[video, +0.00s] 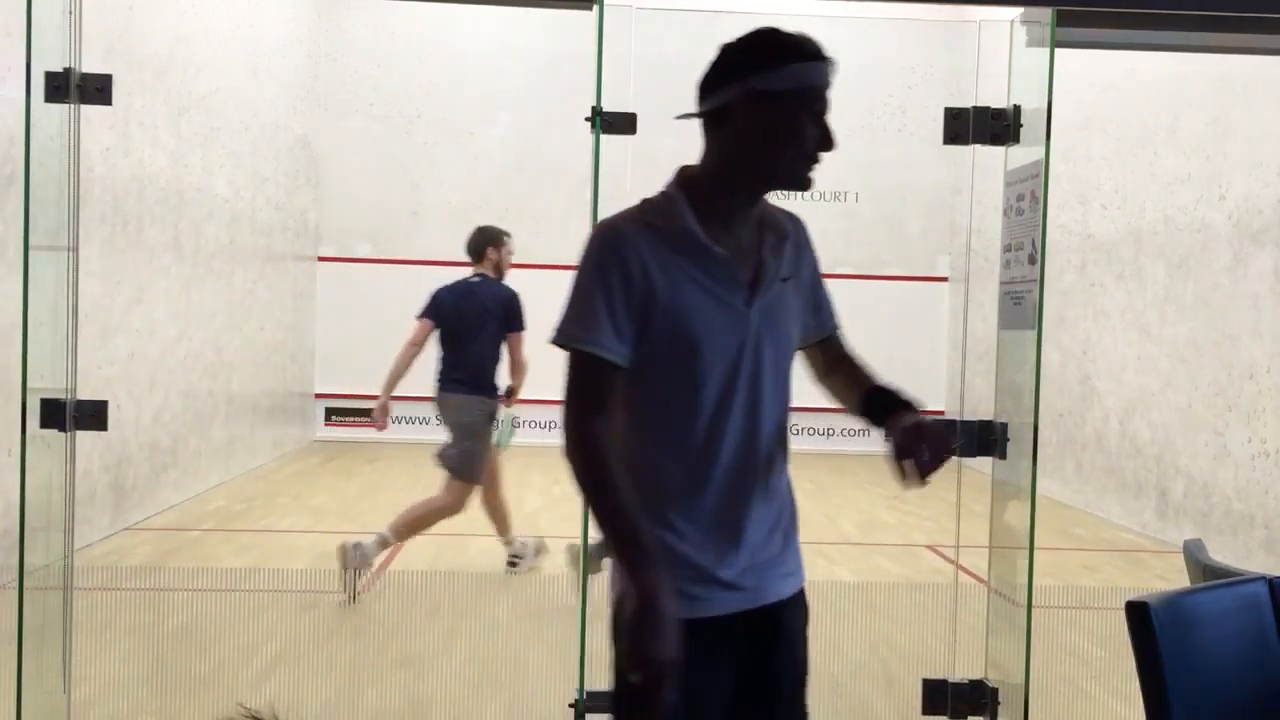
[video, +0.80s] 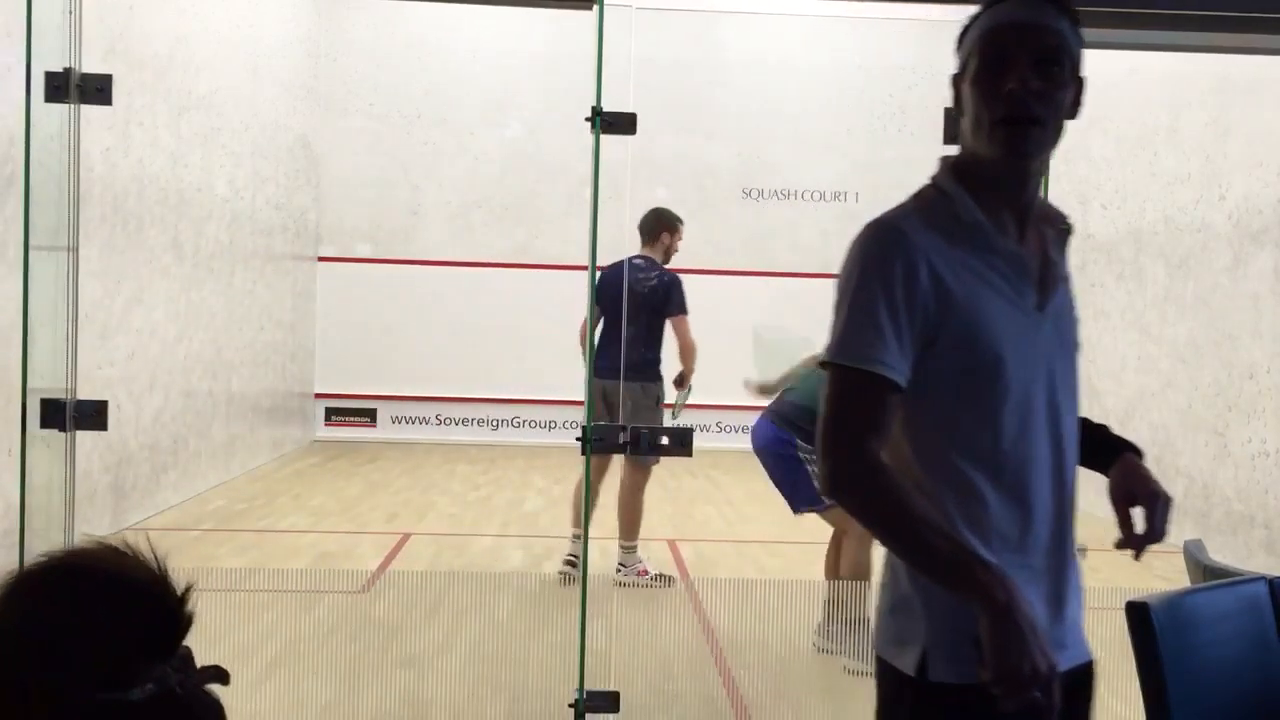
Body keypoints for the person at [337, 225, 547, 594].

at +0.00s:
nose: (511, 259)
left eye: (510, 252)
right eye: (508, 252)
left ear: (479, 256)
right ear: (491, 254)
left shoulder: (446, 294)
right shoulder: (505, 297)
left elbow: (413, 345)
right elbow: (517, 360)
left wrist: (384, 396)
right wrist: (514, 389)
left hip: (449, 399)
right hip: (477, 404)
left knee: (490, 473)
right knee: (453, 501)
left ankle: (514, 548)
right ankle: (367, 550)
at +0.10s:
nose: (540, 259)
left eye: (539, 253)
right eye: (536, 253)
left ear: (510, 256)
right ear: (515, 254)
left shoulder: (477, 295)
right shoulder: (530, 299)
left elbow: (451, 350)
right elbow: (541, 360)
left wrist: (425, 399)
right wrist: (548, 389)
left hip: (476, 398)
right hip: (504, 403)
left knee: (521, 461)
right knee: (506, 500)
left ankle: (523, 548)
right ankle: (420, 541)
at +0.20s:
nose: (567, 248)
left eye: (568, 241)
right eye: (562, 241)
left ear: (536, 244)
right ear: (540, 242)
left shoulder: (505, 280)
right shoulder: (551, 287)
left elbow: (481, 337)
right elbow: (561, 349)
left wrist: (479, 388)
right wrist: (575, 377)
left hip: (498, 385)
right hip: (526, 390)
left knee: (526, 463)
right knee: (554, 481)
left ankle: (524, 549)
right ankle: (476, 536)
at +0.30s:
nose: (589, 241)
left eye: (590, 234)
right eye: (584, 233)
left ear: (561, 237)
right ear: (562, 234)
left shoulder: (530, 270)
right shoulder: (569, 279)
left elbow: (505, 325)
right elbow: (578, 343)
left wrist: (537, 342)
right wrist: (598, 363)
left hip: (516, 377)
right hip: (545, 382)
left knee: (531, 456)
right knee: (586, 463)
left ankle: (524, 545)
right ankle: (544, 542)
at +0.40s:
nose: (611, 243)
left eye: (613, 236)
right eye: (606, 234)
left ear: (582, 237)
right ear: (582, 234)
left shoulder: (552, 269)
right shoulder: (587, 278)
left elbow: (530, 321)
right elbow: (593, 336)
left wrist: (566, 337)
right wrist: (623, 364)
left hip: (538, 378)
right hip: (566, 382)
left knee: (542, 458)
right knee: (602, 457)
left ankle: (527, 547)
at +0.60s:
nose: (652, 244)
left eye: (653, 237)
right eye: (648, 236)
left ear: (618, 238)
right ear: (627, 236)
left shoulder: (585, 272)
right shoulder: (631, 280)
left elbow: (562, 325)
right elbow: (638, 341)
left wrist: (602, 326)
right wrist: (661, 370)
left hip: (576, 382)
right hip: (613, 386)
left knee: (565, 460)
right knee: (633, 467)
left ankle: (537, 545)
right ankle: (628, 561)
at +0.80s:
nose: (678, 247)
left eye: (679, 240)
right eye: (677, 239)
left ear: (643, 236)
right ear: (665, 238)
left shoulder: (610, 273)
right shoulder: (666, 280)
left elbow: (585, 332)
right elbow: (685, 339)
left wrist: (595, 371)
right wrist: (687, 372)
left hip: (601, 382)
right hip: (641, 385)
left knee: (593, 466)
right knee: (636, 473)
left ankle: (574, 552)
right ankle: (628, 562)